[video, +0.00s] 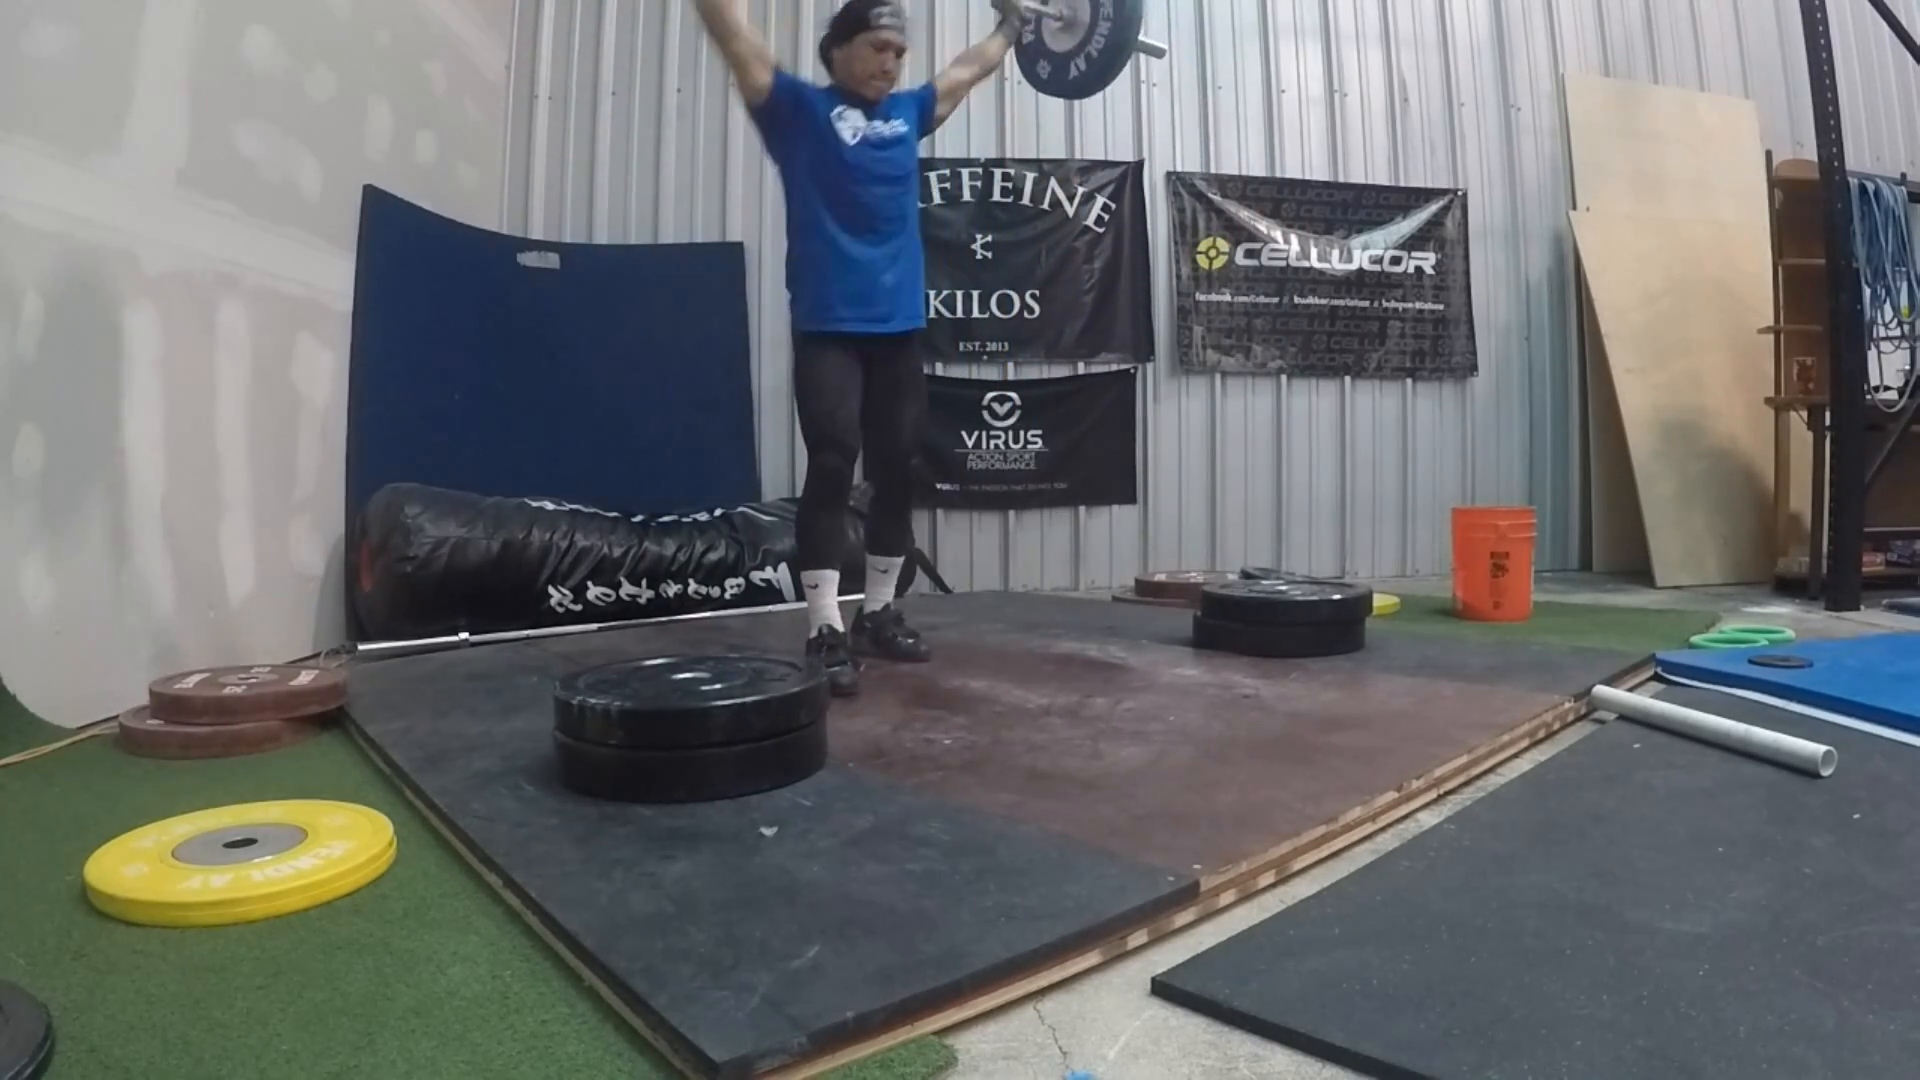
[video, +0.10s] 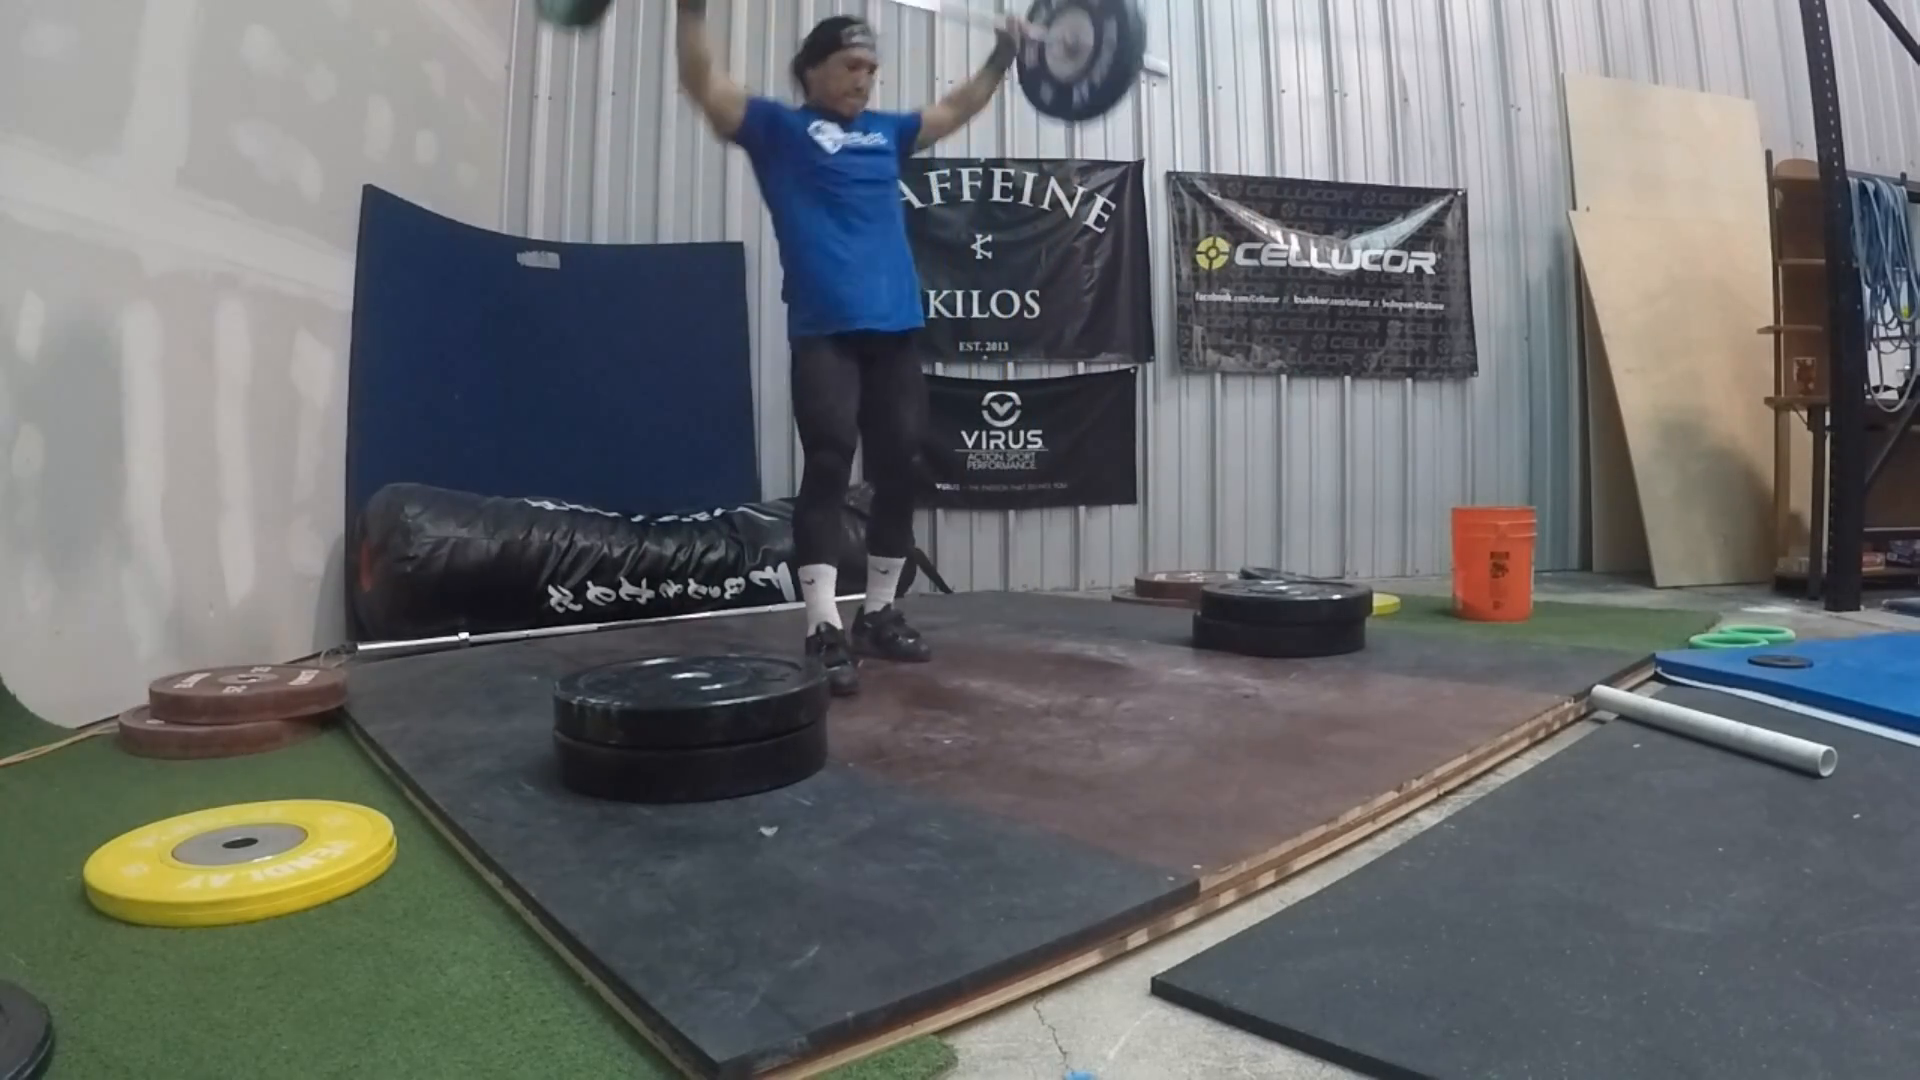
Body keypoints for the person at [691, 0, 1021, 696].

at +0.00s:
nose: (891, 64)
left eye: (897, 53)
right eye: (879, 50)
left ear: (900, 61)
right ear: (836, 52)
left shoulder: (907, 113)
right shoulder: (797, 110)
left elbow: (970, 69)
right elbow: (731, 34)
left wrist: (1015, 23)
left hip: (900, 327)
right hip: (828, 328)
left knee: (897, 469)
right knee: (831, 463)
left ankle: (878, 613)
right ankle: (826, 629)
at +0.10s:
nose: (863, 79)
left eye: (870, 69)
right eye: (849, 67)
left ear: (874, 75)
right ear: (809, 72)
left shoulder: (887, 131)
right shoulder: (777, 126)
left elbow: (958, 106)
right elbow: (702, 82)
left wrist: (1004, 51)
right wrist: (690, 8)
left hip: (897, 331)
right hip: (824, 332)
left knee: (901, 468)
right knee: (828, 463)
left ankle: (880, 614)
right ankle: (822, 629)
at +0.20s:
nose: (846, 91)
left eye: (852, 81)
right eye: (832, 78)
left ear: (856, 86)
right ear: (792, 82)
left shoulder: (869, 144)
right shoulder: (763, 139)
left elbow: (938, 161)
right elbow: (683, 140)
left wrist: (996, 117)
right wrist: (691, 66)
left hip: (883, 328)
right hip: (812, 330)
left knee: (883, 465)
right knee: (817, 454)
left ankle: (879, 614)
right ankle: (805, 612)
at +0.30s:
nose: (835, 96)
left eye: (841, 86)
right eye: (823, 83)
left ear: (846, 93)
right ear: (783, 88)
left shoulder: (855, 156)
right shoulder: (746, 148)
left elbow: (928, 215)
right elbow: (675, 201)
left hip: (866, 328)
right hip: (796, 329)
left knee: (870, 459)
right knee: (809, 449)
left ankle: (878, 612)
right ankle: (757, 585)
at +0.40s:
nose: (819, 109)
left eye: (825, 100)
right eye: (807, 97)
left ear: (829, 105)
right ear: (767, 99)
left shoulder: (843, 174)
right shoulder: (732, 162)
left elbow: (889, 247)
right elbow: (681, 224)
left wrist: (943, 285)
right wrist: (708, 267)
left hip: (842, 350)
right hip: (770, 350)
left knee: (860, 469)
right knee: (777, 474)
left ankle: (875, 612)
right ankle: (706, 582)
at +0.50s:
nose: (805, 122)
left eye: (811, 112)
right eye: (793, 110)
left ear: (815, 116)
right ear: (753, 112)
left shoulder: (821, 185)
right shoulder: (716, 176)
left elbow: (839, 268)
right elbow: (694, 257)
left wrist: (876, 337)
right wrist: (749, 307)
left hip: (813, 361)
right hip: (742, 362)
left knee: (835, 476)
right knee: (738, 483)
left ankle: (868, 609)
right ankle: (686, 586)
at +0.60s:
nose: (798, 130)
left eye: (804, 120)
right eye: (786, 118)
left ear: (808, 125)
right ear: (745, 121)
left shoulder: (805, 187)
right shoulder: (706, 189)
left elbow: (806, 270)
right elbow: (718, 282)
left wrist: (809, 338)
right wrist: (785, 334)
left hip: (782, 364)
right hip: (719, 366)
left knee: (806, 468)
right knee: (719, 486)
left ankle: (840, 590)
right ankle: (690, 599)